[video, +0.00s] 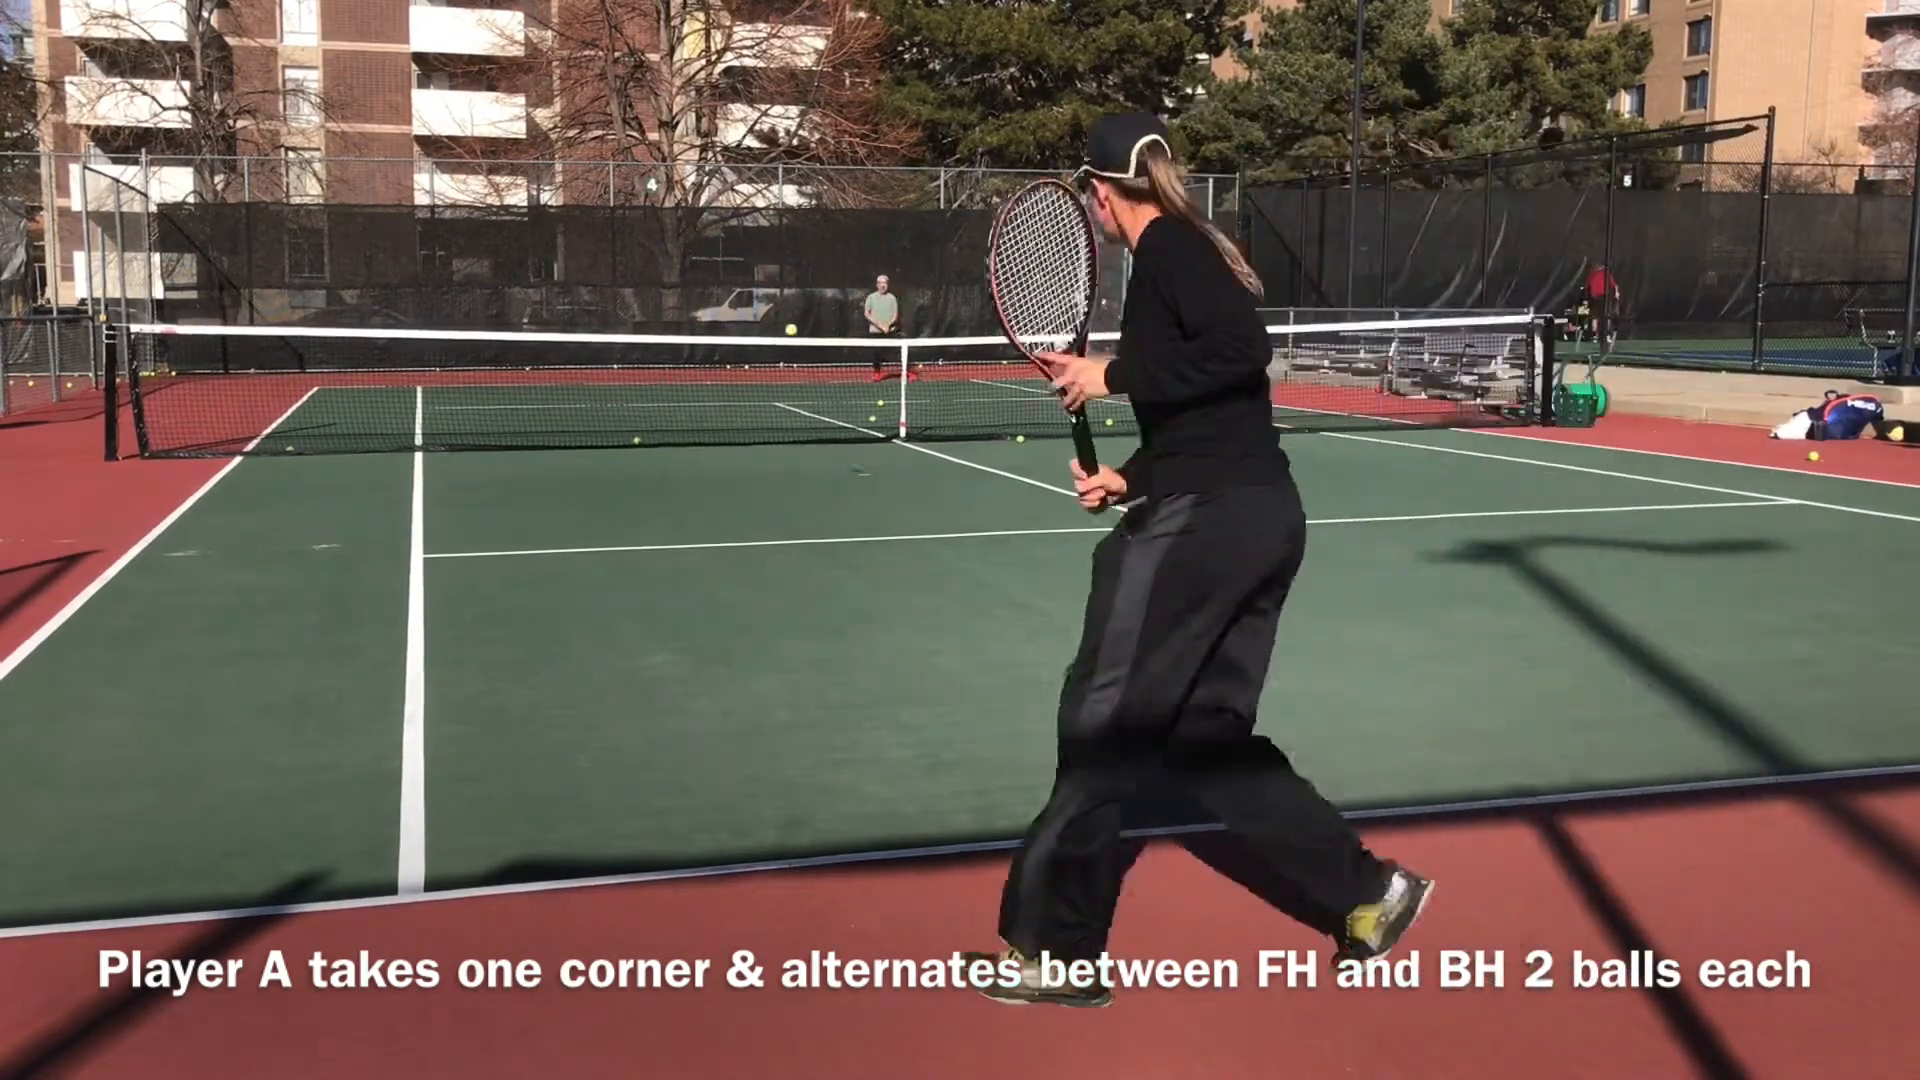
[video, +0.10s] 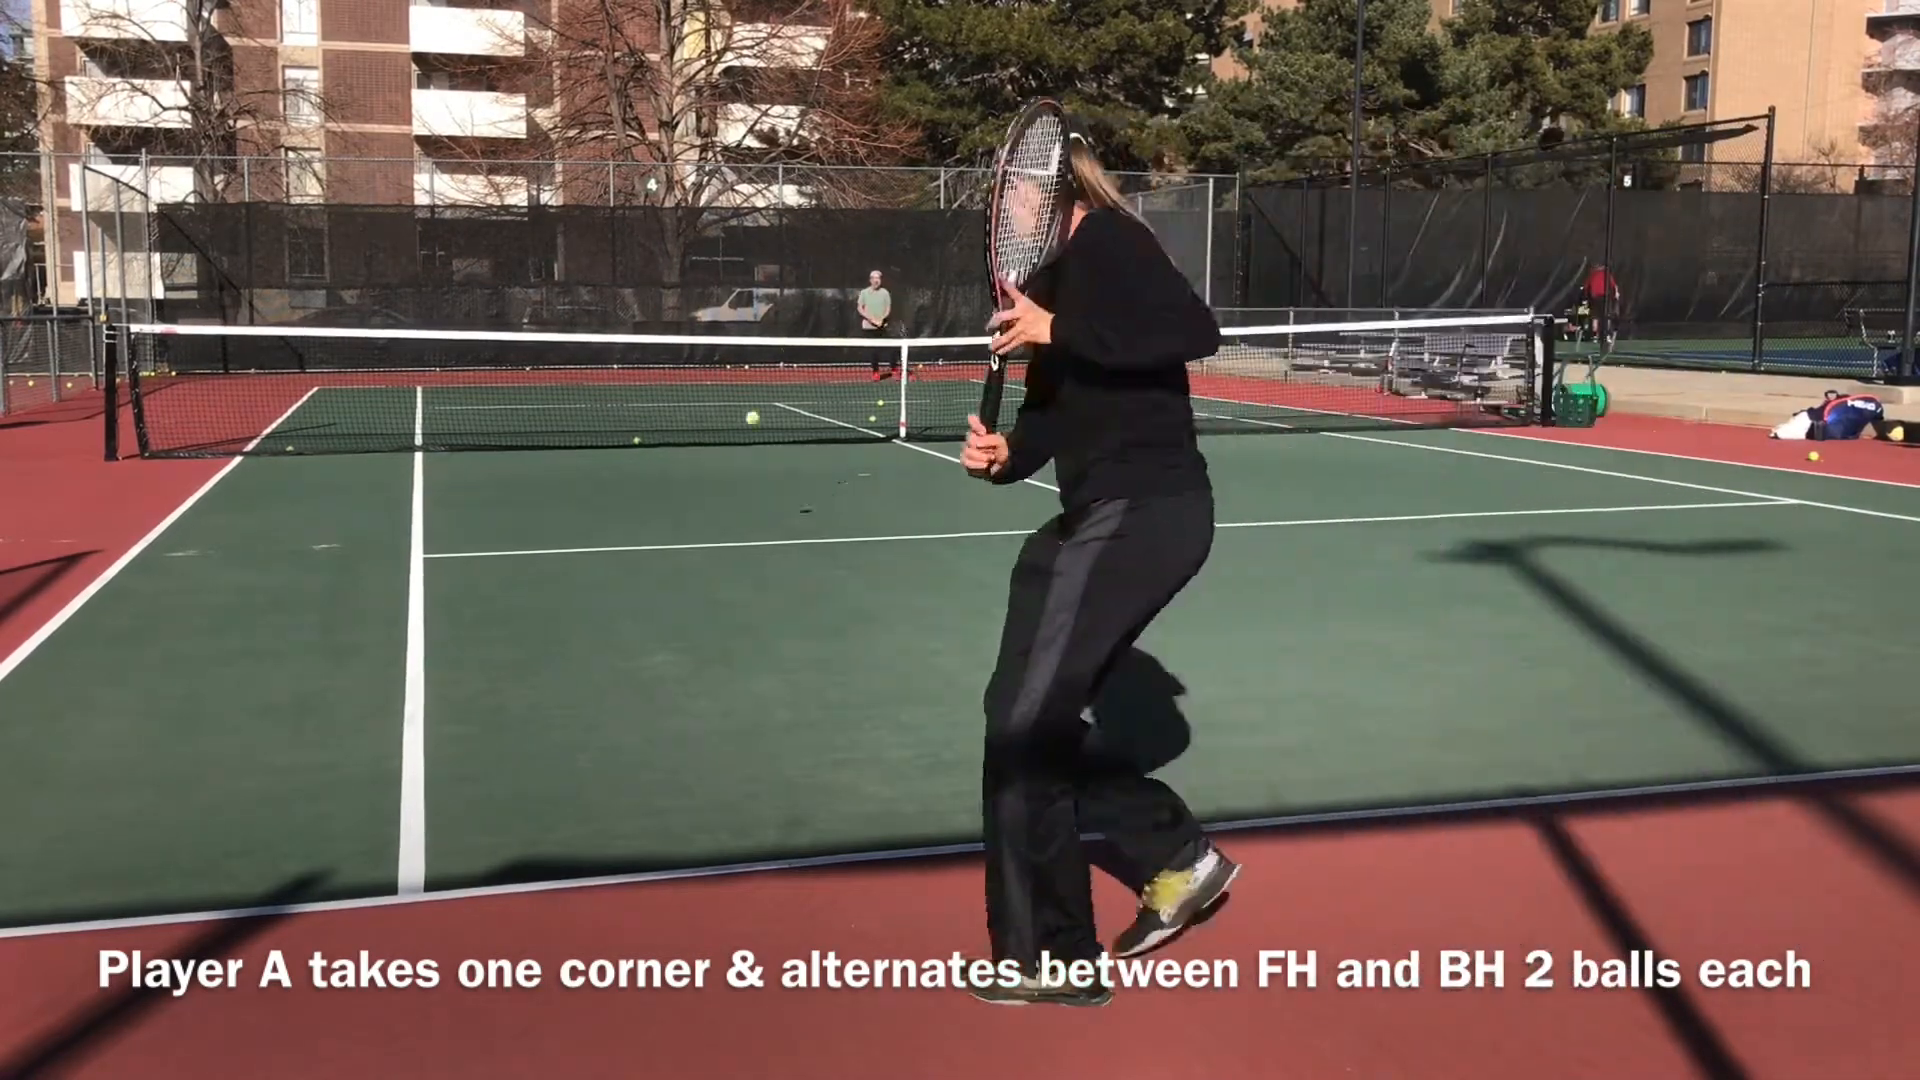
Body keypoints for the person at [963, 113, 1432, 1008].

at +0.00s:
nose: (1090, 208)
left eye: (1090, 192)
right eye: (1091, 192)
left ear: (1107, 191)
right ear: (1153, 181)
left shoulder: (1168, 248)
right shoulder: (1181, 253)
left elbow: (1240, 349)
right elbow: (1214, 405)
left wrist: (1114, 374)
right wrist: (1133, 476)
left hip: (1202, 511)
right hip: (1249, 511)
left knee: (1106, 718)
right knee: (1200, 735)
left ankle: (1057, 949)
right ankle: (1364, 890)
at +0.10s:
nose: (1004, 206)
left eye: (1014, 191)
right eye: (1000, 191)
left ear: (1053, 189)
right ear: (1025, 196)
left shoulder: (1109, 239)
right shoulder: (1051, 265)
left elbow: (1194, 329)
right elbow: (1064, 395)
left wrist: (1060, 332)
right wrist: (1016, 449)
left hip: (1147, 508)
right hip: (1096, 510)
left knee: (1032, 721)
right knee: (1020, 718)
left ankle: (1058, 957)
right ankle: (1178, 865)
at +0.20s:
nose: (937, 195)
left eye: (947, 178)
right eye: (933, 182)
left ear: (986, 169)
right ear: (945, 185)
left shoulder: (1044, 216)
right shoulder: (964, 257)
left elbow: (1130, 291)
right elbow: (942, 376)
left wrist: (1011, 248)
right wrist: (907, 368)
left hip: (1064, 497)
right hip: (1012, 499)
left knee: (995, 719)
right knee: (910, 666)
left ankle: (1060, 952)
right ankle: (927, 897)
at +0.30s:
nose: (870, 179)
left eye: (882, 162)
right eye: (866, 168)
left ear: (928, 156)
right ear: (881, 171)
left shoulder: (968, 222)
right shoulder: (890, 241)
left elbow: (1051, 276)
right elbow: (848, 323)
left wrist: (950, 189)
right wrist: (818, 283)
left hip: (971, 491)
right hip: (924, 496)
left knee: (957, 720)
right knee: (848, 690)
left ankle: (1052, 949)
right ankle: (731, 852)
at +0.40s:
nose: (799, 193)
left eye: (812, 178)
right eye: (799, 178)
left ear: (849, 187)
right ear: (811, 191)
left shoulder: (884, 252)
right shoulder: (821, 267)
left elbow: (931, 297)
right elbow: (768, 275)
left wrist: (865, 180)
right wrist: (728, 229)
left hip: (884, 511)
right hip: (843, 512)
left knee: (890, 737)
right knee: (748, 694)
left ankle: (1036, 933)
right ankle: (670, 873)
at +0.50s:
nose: (731, 228)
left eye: (732, 213)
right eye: (727, 214)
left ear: (758, 205)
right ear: (783, 199)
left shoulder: (817, 255)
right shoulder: (776, 263)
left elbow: (785, 329)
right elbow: (691, 271)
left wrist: (708, 245)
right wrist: (609, 243)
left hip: (817, 521)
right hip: (787, 522)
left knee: (794, 746)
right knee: (677, 666)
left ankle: (982, 904)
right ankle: (650, 871)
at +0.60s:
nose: (682, 229)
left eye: (686, 210)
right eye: (681, 213)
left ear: (713, 199)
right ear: (739, 194)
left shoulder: (755, 235)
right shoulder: (762, 251)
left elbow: (728, 321)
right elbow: (655, 345)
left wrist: (604, 329)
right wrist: (542, 398)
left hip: (768, 494)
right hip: (762, 491)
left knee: (727, 715)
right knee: (669, 675)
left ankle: (876, 901)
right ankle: (649, 874)